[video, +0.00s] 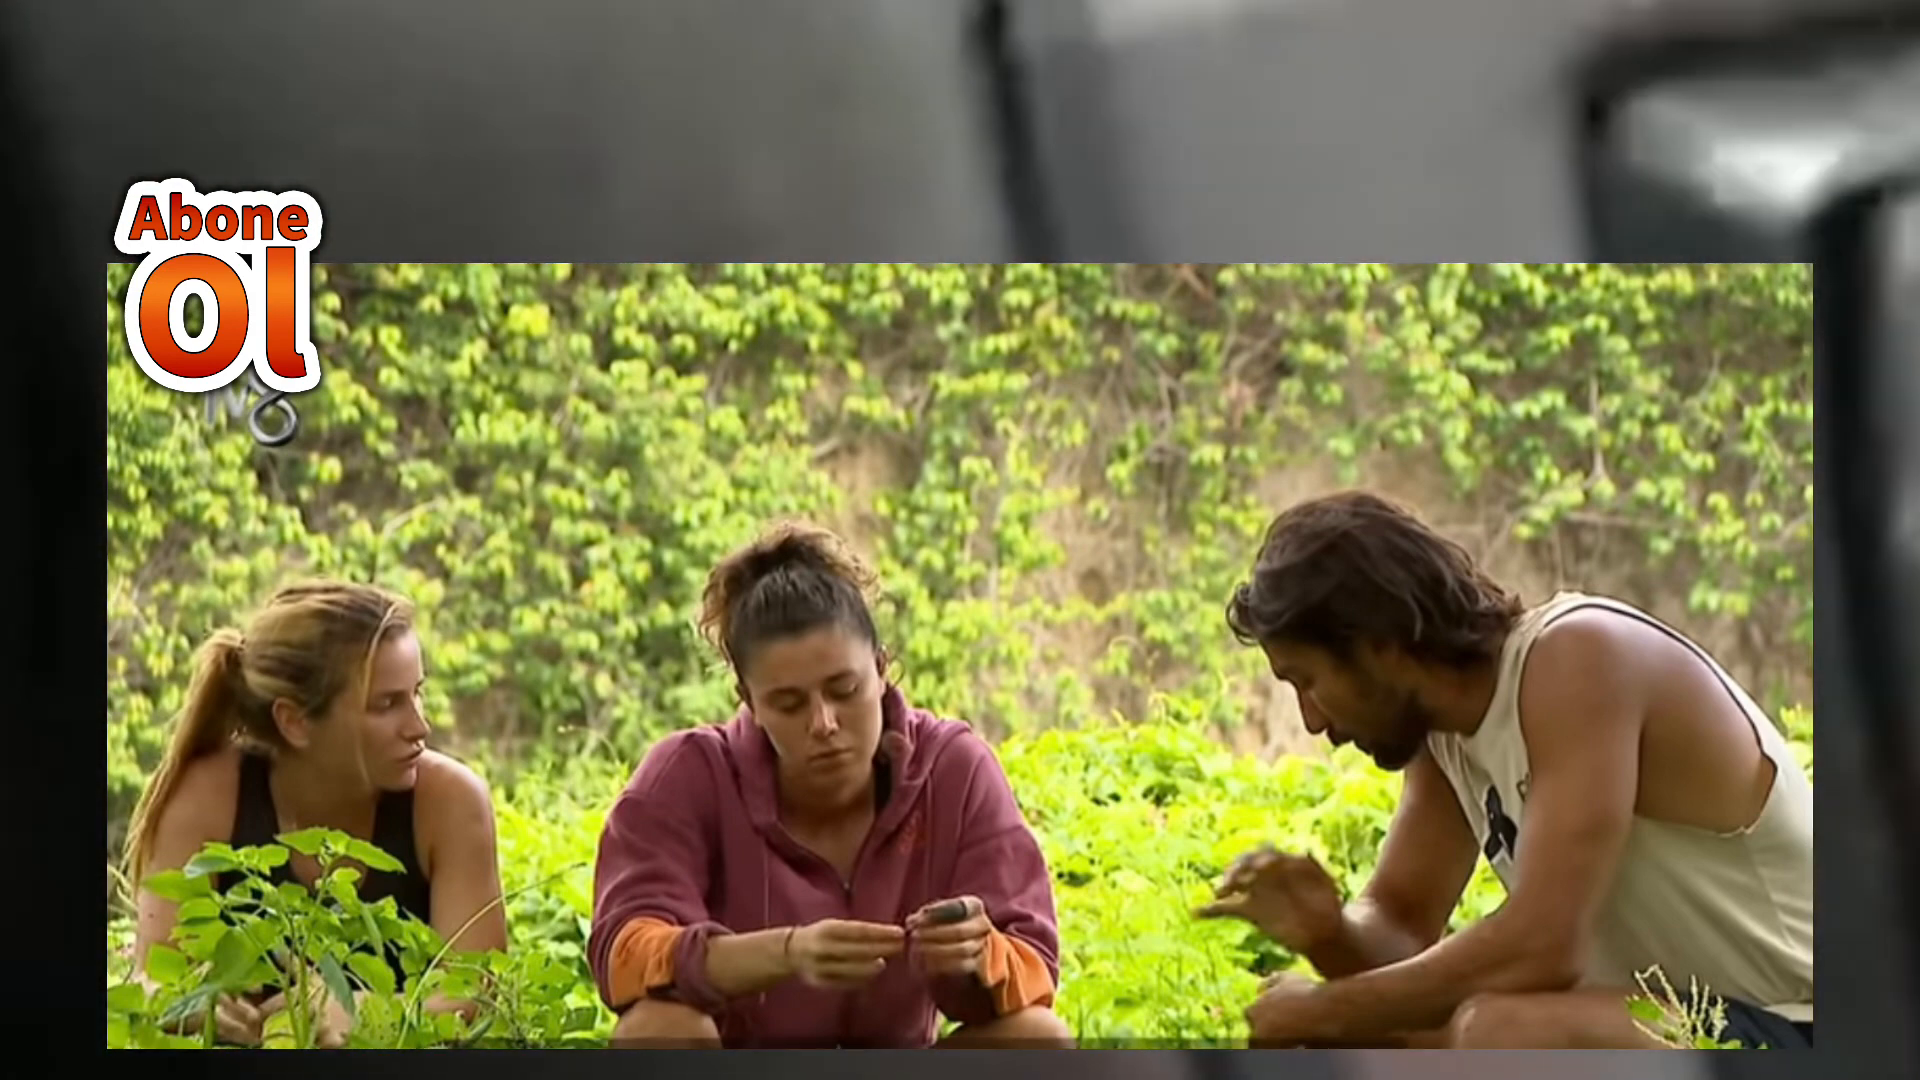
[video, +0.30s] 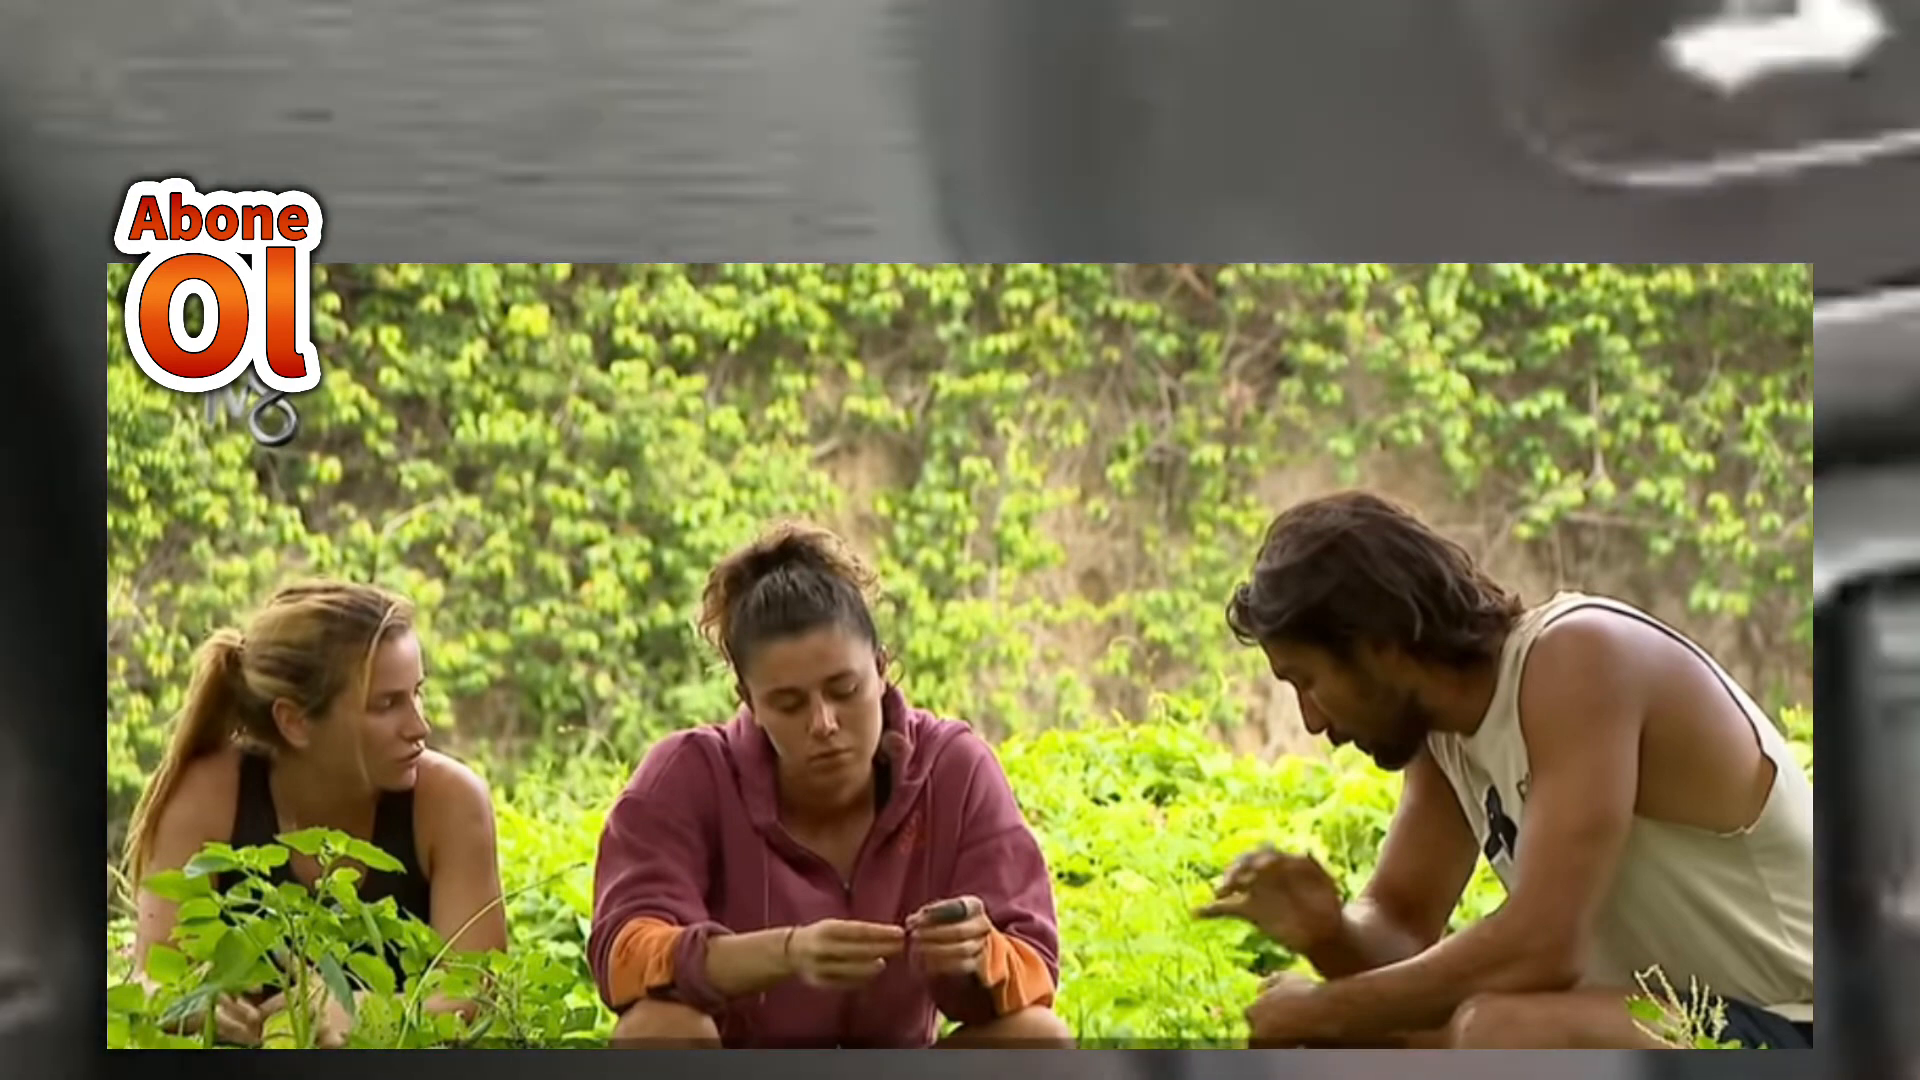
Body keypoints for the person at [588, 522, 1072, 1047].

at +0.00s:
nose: (824, 725)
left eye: (844, 690)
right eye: (789, 703)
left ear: (880, 670)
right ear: (747, 698)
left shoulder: (955, 766)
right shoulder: (687, 774)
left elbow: (1030, 969)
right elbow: (629, 957)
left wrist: (977, 954)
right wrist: (786, 952)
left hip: (898, 1059)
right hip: (739, 1060)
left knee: (1037, 1036)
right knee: (658, 1026)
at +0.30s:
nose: (824, 725)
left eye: (844, 690)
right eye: (789, 703)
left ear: (881, 670)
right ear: (747, 699)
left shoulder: (955, 766)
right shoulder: (687, 773)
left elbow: (1031, 969)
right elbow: (629, 957)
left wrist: (978, 953)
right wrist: (786, 951)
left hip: (897, 1060)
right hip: (738, 1060)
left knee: (1037, 1037)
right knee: (658, 1027)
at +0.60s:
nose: (824, 725)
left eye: (844, 690)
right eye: (789, 703)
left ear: (881, 670)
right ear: (747, 699)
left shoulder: (955, 766)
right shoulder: (687, 773)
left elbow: (1030, 969)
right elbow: (629, 957)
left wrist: (977, 953)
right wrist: (786, 951)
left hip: (898, 1059)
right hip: (739, 1059)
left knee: (1037, 1038)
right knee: (658, 1027)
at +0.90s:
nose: (824, 725)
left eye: (844, 690)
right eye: (789, 703)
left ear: (881, 670)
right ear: (747, 698)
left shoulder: (955, 765)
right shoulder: (687, 773)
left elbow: (1031, 969)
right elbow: (629, 958)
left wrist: (978, 953)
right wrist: (787, 952)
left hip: (899, 1064)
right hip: (738, 1065)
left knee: (1037, 1037)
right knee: (658, 1027)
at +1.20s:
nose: (824, 725)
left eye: (844, 690)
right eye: (789, 703)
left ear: (881, 670)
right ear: (747, 698)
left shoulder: (955, 766)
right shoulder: (687, 773)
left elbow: (1031, 970)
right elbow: (629, 958)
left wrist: (977, 953)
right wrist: (787, 952)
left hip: (897, 1062)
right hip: (737, 1065)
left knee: (1037, 1037)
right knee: (658, 1027)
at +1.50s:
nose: (824, 725)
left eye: (844, 690)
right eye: (789, 703)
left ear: (881, 670)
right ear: (747, 699)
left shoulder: (955, 766)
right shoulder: (687, 773)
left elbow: (1031, 968)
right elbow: (629, 957)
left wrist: (978, 953)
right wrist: (787, 951)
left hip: (897, 1058)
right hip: (740, 1059)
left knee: (1038, 1037)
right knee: (658, 1026)